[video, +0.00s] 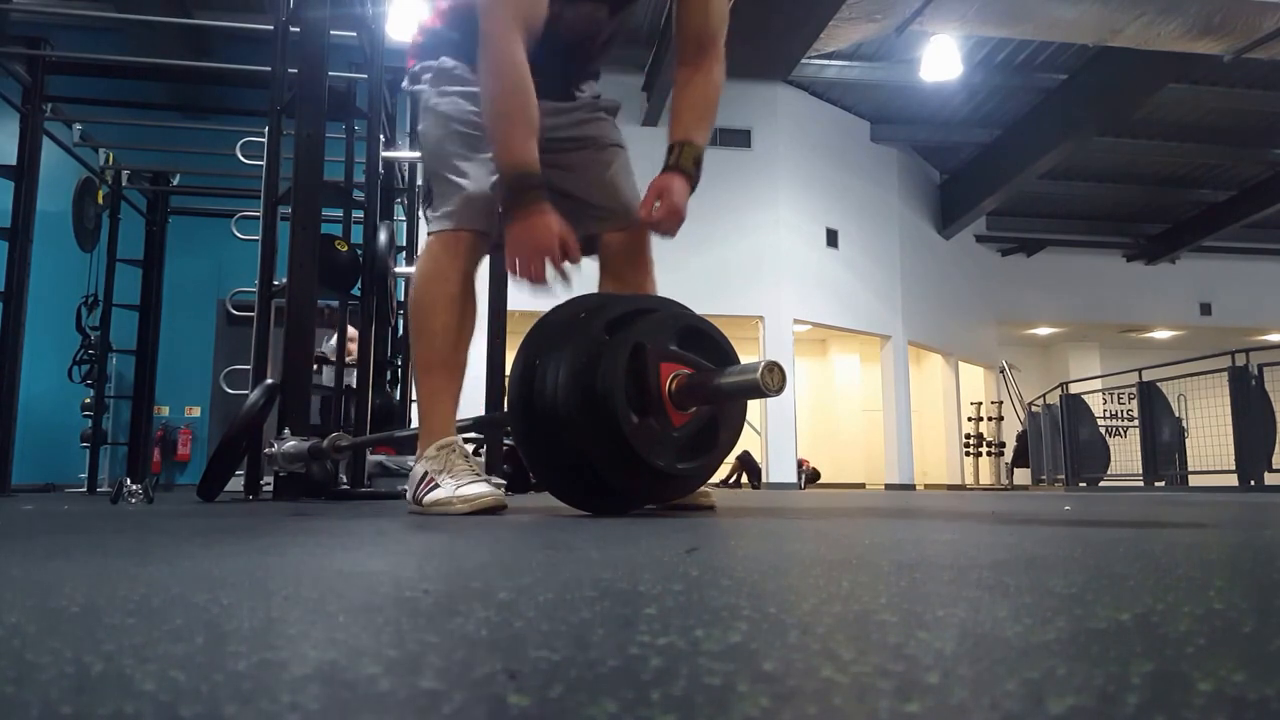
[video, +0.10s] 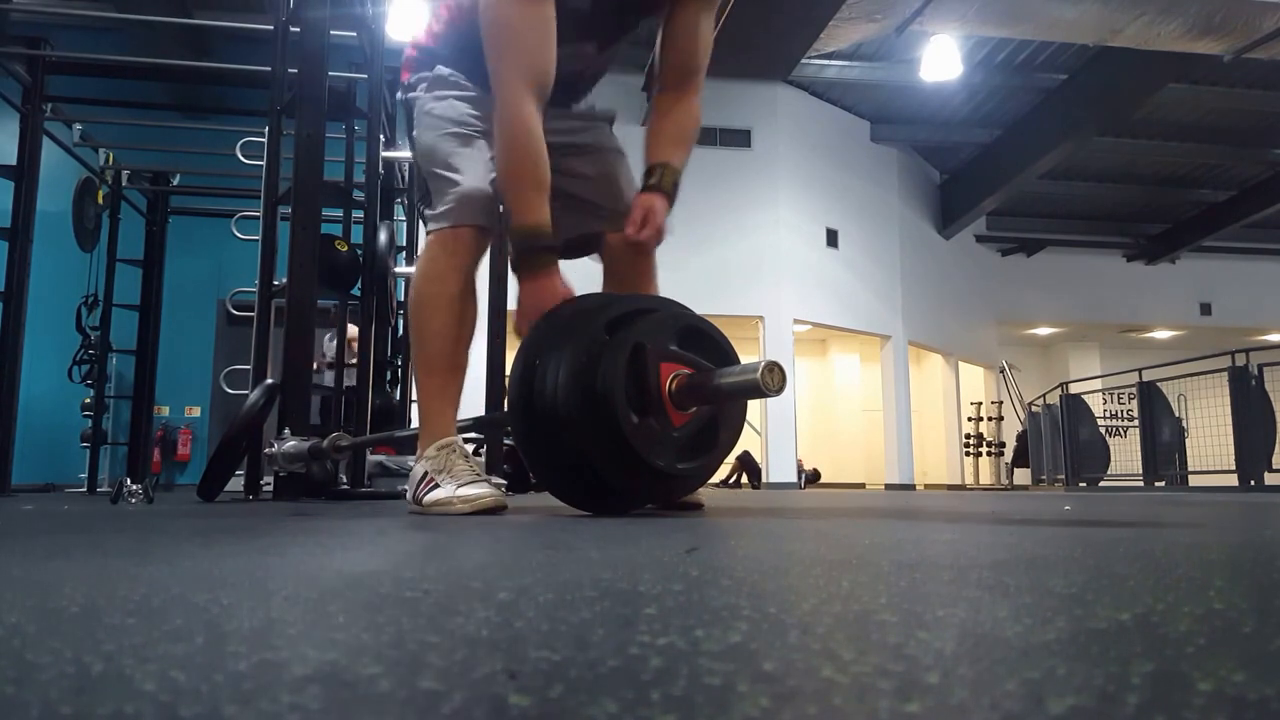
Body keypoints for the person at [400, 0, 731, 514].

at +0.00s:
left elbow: (702, 54)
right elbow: (502, 34)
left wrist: (681, 167)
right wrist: (524, 195)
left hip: (566, 84)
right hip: (463, 65)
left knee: (627, 232)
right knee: (463, 223)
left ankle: (648, 456)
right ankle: (437, 453)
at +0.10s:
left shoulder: (700, 3)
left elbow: (680, 86)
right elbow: (518, 94)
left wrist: (659, 186)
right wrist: (538, 270)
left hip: (565, 99)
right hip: (460, 77)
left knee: (631, 235)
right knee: (468, 208)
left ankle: (646, 454)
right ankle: (438, 452)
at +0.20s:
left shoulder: (704, 4)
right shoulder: (533, 5)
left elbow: (666, 107)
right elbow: (523, 138)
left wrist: (634, 200)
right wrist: (542, 304)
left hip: (571, 111)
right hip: (461, 85)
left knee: (638, 235)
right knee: (473, 203)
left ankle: (645, 455)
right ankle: (438, 453)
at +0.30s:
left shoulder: (712, 12)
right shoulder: (539, 9)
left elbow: (659, 131)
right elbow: (520, 164)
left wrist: (618, 211)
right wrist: (539, 319)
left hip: (576, 115)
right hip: (463, 89)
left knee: (645, 234)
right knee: (474, 205)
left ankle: (648, 455)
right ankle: (437, 453)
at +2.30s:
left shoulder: (724, 1)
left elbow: (713, 103)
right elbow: (502, 57)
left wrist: (702, 236)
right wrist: (526, 217)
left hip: (576, 98)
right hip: (475, 71)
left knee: (631, 241)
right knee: (491, 217)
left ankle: (642, 457)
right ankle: (468, 448)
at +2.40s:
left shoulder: (725, 2)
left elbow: (712, 112)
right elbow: (507, 71)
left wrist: (701, 246)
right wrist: (532, 227)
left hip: (572, 104)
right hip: (472, 75)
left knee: (629, 245)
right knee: (492, 221)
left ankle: (645, 459)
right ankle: (466, 450)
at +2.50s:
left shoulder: (726, 3)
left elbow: (711, 124)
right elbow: (517, 83)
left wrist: (699, 259)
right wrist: (539, 248)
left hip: (574, 107)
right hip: (470, 76)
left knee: (629, 243)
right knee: (494, 224)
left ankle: (651, 460)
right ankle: (463, 450)